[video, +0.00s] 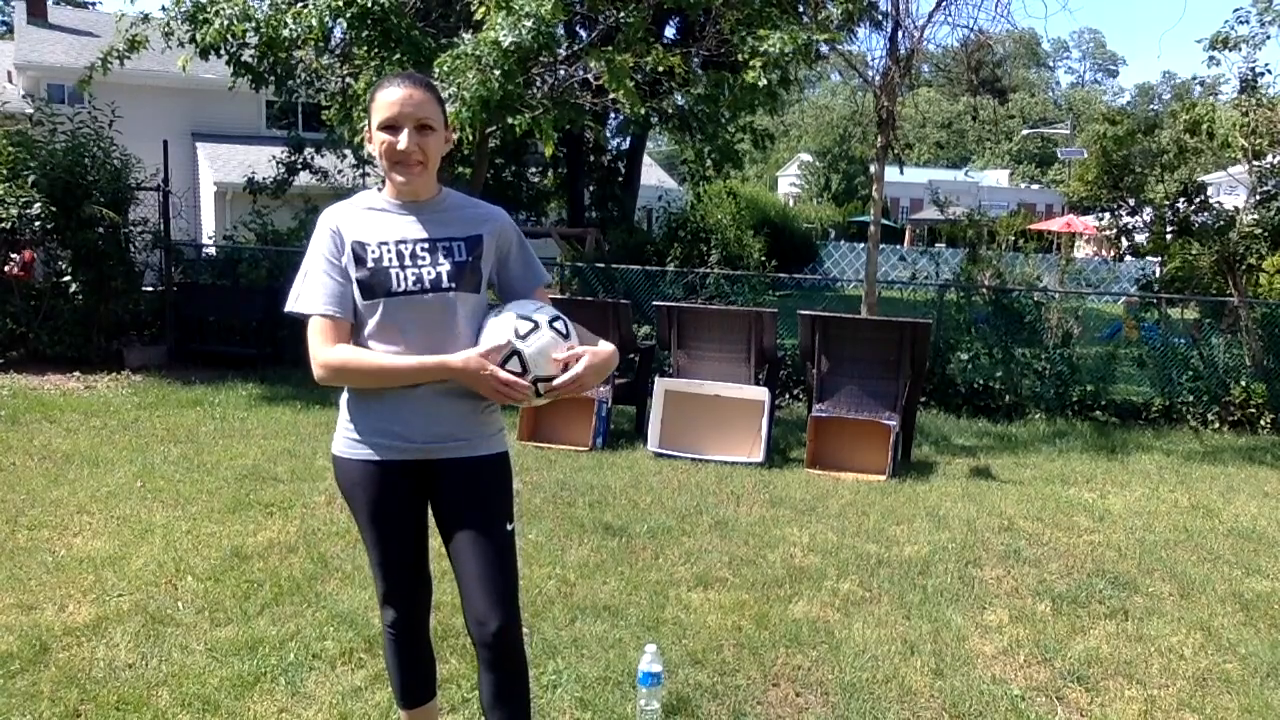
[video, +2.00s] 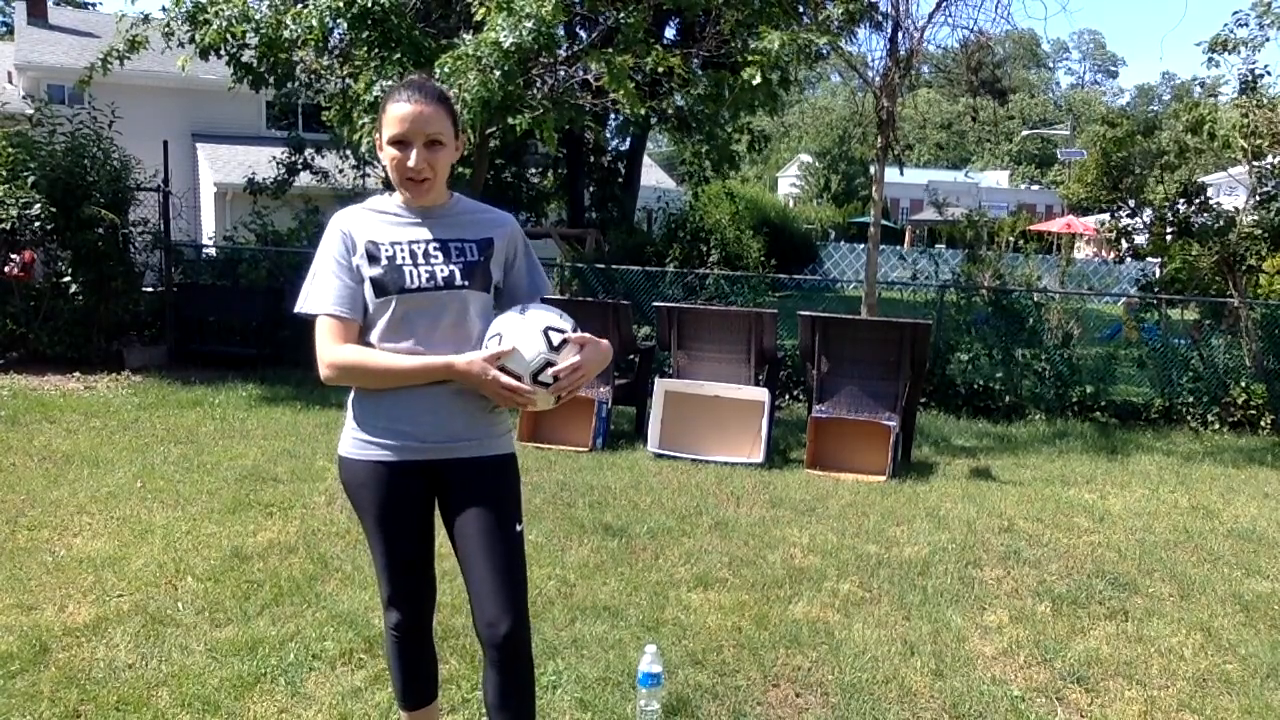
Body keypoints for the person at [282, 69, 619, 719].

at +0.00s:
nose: (406, 141)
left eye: (422, 127)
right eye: (390, 128)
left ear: (446, 138)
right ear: (370, 140)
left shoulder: (490, 225)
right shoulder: (341, 226)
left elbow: (542, 329)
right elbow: (326, 361)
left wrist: (606, 352)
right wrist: (451, 367)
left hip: (472, 451)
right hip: (376, 454)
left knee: (496, 626)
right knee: (402, 614)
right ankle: (420, 715)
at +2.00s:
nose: (415, 160)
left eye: (432, 143)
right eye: (400, 144)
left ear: (458, 146)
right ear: (380, 147)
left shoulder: (499, 230)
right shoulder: (351, 229)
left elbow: (541, 337)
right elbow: (333, 359)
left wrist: (599, 348)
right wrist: (454, 367)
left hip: (479, 452)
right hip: (382, 455)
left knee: (505, 629)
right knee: (406, 614)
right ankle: (421, 714)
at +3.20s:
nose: (424, 144)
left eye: (439, 130)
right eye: (408, 132)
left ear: (464, 144)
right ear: (388, 148)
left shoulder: (503, 232)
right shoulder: (356, 226)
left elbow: (527, 350)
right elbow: (318, 343)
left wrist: (500, 377)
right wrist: (347, 371)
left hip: (471, 447)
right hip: (375, 449)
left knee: (497, 620)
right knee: (402, 610)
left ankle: (509, 718)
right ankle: (419, 714)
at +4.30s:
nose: (428, 147)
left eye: (443, 132)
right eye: (410, 133)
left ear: (463, 142)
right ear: (387, 146)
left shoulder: (502, 227)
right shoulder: (355, 222)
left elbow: (514, 360)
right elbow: (327, 358)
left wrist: (446, 333)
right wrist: (328, 306)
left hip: (476, 440)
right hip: (380, 439)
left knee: (497, 625)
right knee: (405, 611)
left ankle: (506, 718)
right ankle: (420, 716)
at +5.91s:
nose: (399, 146)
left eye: (417, 133)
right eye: (384, 132)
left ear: (442, 145)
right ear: (365, 144)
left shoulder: (485, 228)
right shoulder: (341, 228)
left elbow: (513, 349)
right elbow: (310, 354)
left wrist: (486, 370)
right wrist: (355, 341)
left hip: (466, 444)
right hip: (371, 444)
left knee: (491, 624)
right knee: (400, 613)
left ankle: (504, 719)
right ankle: (419, 716)